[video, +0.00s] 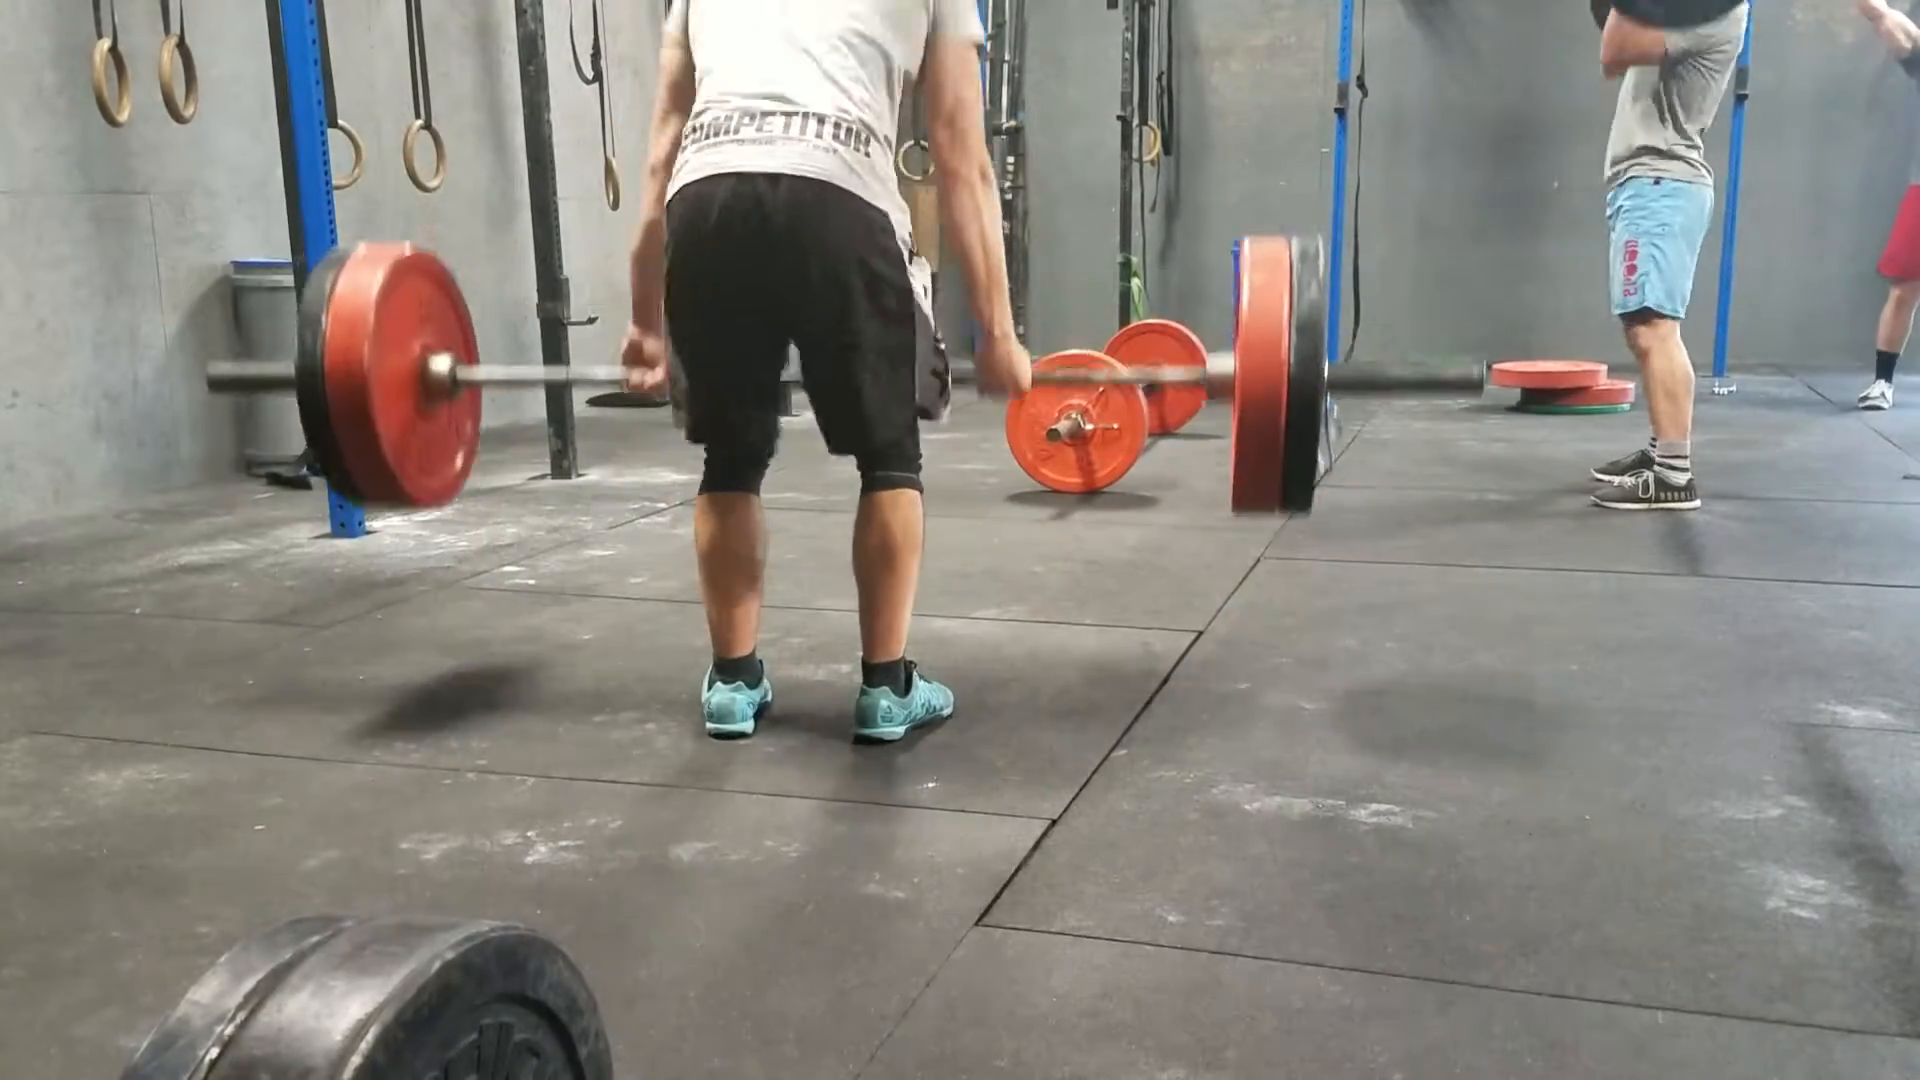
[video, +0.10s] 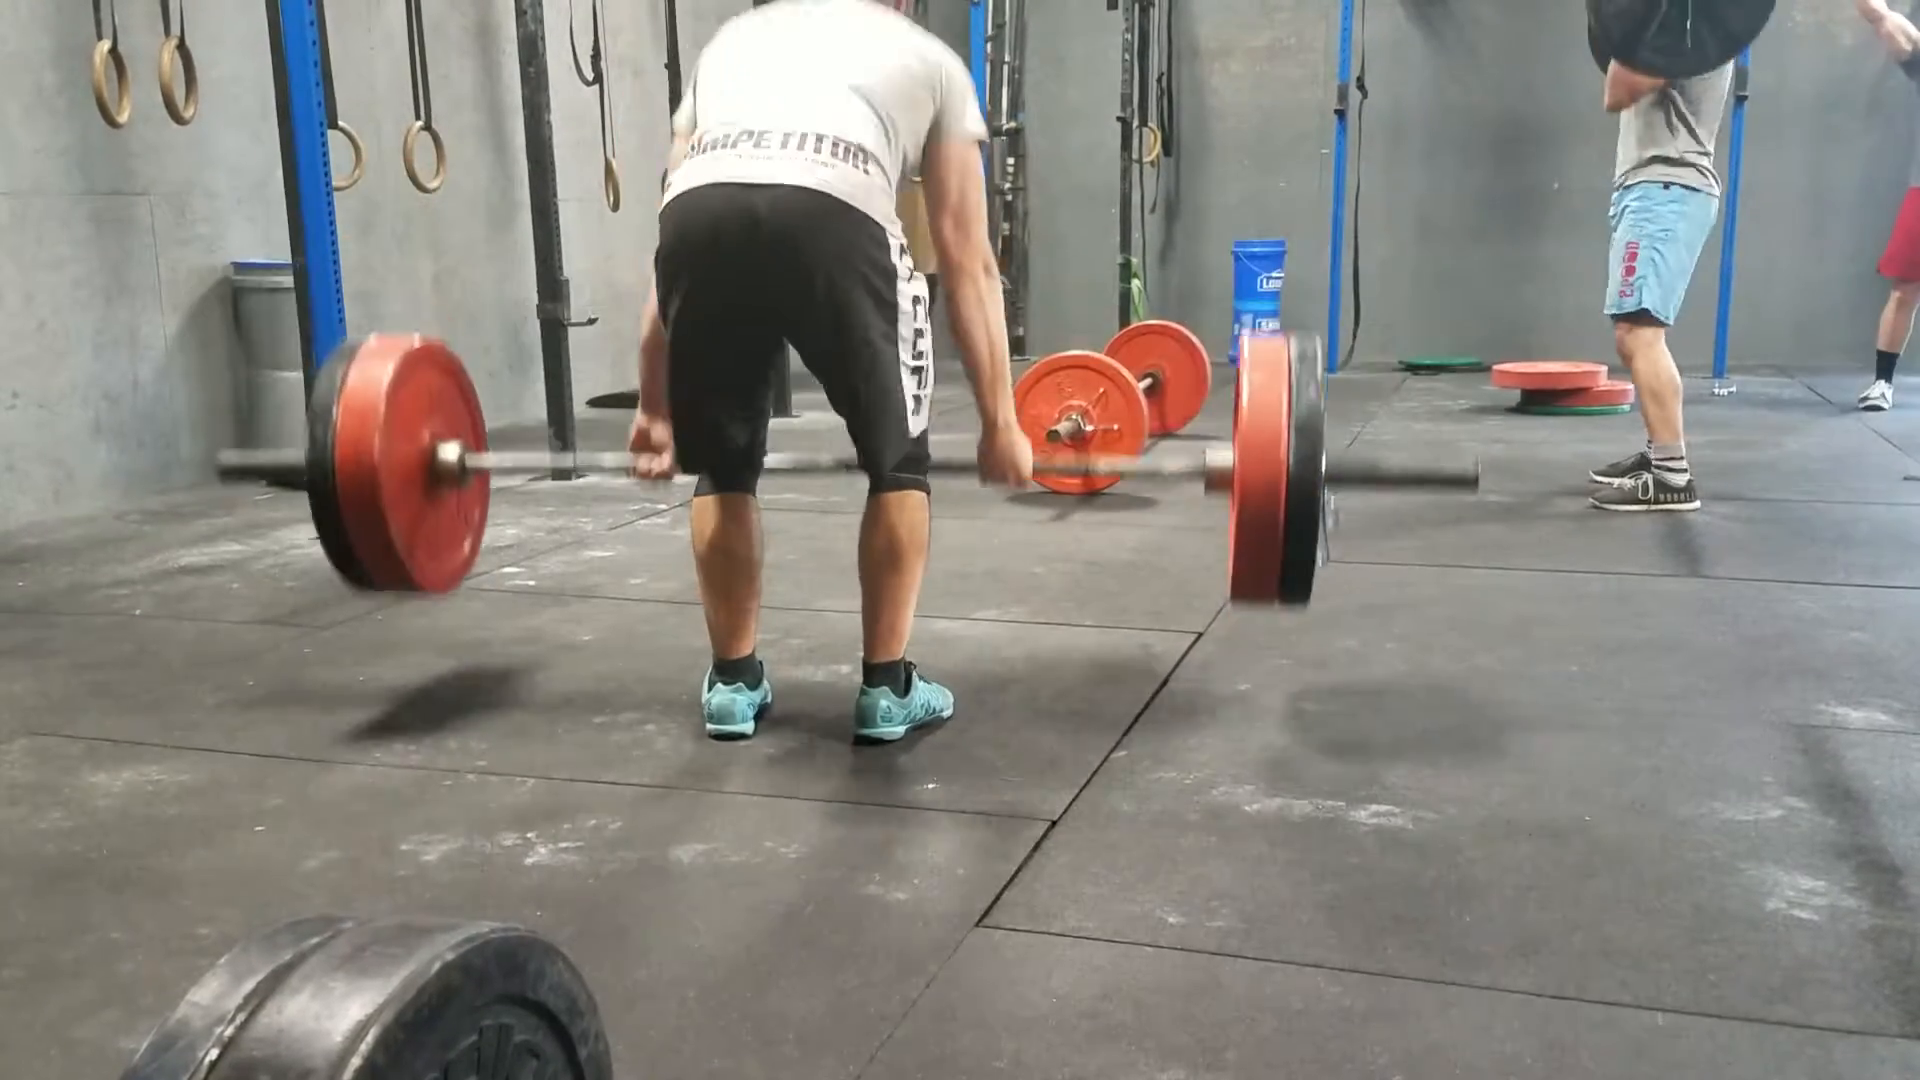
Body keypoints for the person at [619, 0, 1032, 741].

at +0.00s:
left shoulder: (697, 6)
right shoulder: (934, 5)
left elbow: (662, 166)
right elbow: (962, 167)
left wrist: (647, 322)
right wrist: (998, 331)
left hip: (708, 209)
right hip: (839, 209)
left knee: (729, 458)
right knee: (889, 456)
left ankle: (731, 682)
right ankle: (885, 686)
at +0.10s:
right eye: (920, 20)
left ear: (805, 3)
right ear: (902, 8)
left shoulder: (727, 41)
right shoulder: (932, 57)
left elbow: (676, 235)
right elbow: (963, 258)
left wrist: (652, 405)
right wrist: (1000, 423)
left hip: (703, 217)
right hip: (833, 220)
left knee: (720, 471)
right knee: (897, 463)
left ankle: (732, 683)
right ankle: (884, 686)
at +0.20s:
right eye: (911, 108)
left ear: (816, 95)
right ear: (905, 104)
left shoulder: (744, 127)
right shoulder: (933, 160)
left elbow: (680, 358)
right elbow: (968, 352)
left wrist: (658, 494)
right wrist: (1002, 509)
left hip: (695, 248)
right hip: (836, 255)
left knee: (725, 471)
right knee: (908, 469)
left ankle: (734, 683)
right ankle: (886, 686)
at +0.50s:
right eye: (914, 76)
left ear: (821, 51)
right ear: (906, 67)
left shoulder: (740, 86)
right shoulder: (930, 113)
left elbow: (665, 300)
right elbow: (965, 280)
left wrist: (649, 433)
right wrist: (999, 440)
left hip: (702, 207)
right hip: (835, 214)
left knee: (734, 465)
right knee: (891, 461)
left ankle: (732, 681)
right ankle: (885, 686)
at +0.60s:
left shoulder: (725, 22)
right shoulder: (932, 31)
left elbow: (663, 220)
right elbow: (964, 208)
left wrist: (643, 357)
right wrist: (998, 363)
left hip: (709, 187)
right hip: (835, 187)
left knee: (731, 456)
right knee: (884, 454)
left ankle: (731, 680)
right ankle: (885, 685)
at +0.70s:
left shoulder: (694, 6)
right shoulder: (936, 5)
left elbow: (660, 145)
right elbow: (961, 134)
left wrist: (639, 281)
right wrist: (997, 288)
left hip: (720, 172)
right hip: (843, 173)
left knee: (735, 447)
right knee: (876, 448)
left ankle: (732, 681)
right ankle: (884, 685)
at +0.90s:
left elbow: (642, 74)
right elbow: (953, 74)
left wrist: (628, 233)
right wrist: (992, 239)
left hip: (728, 196)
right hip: (853, 197)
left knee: (739, 451)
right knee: (877, 456)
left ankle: (732, 683)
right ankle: (885, 686)